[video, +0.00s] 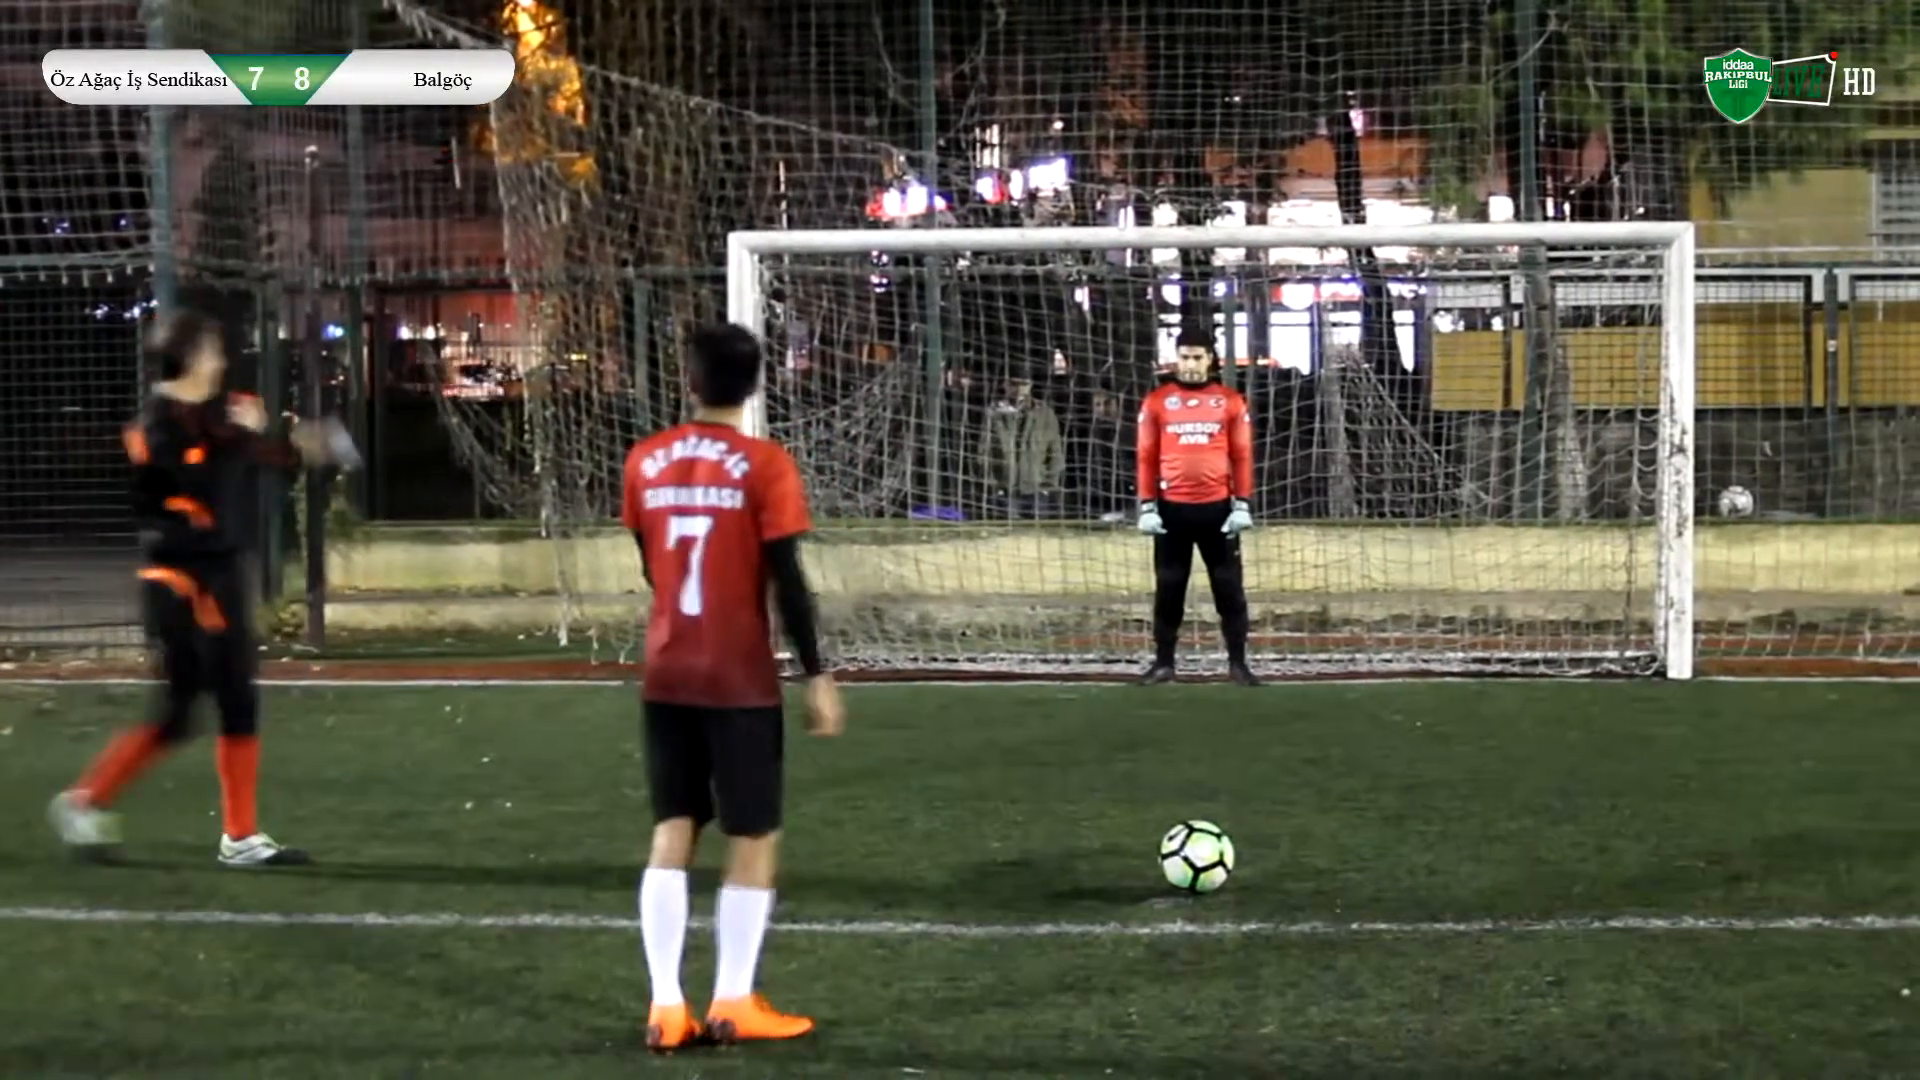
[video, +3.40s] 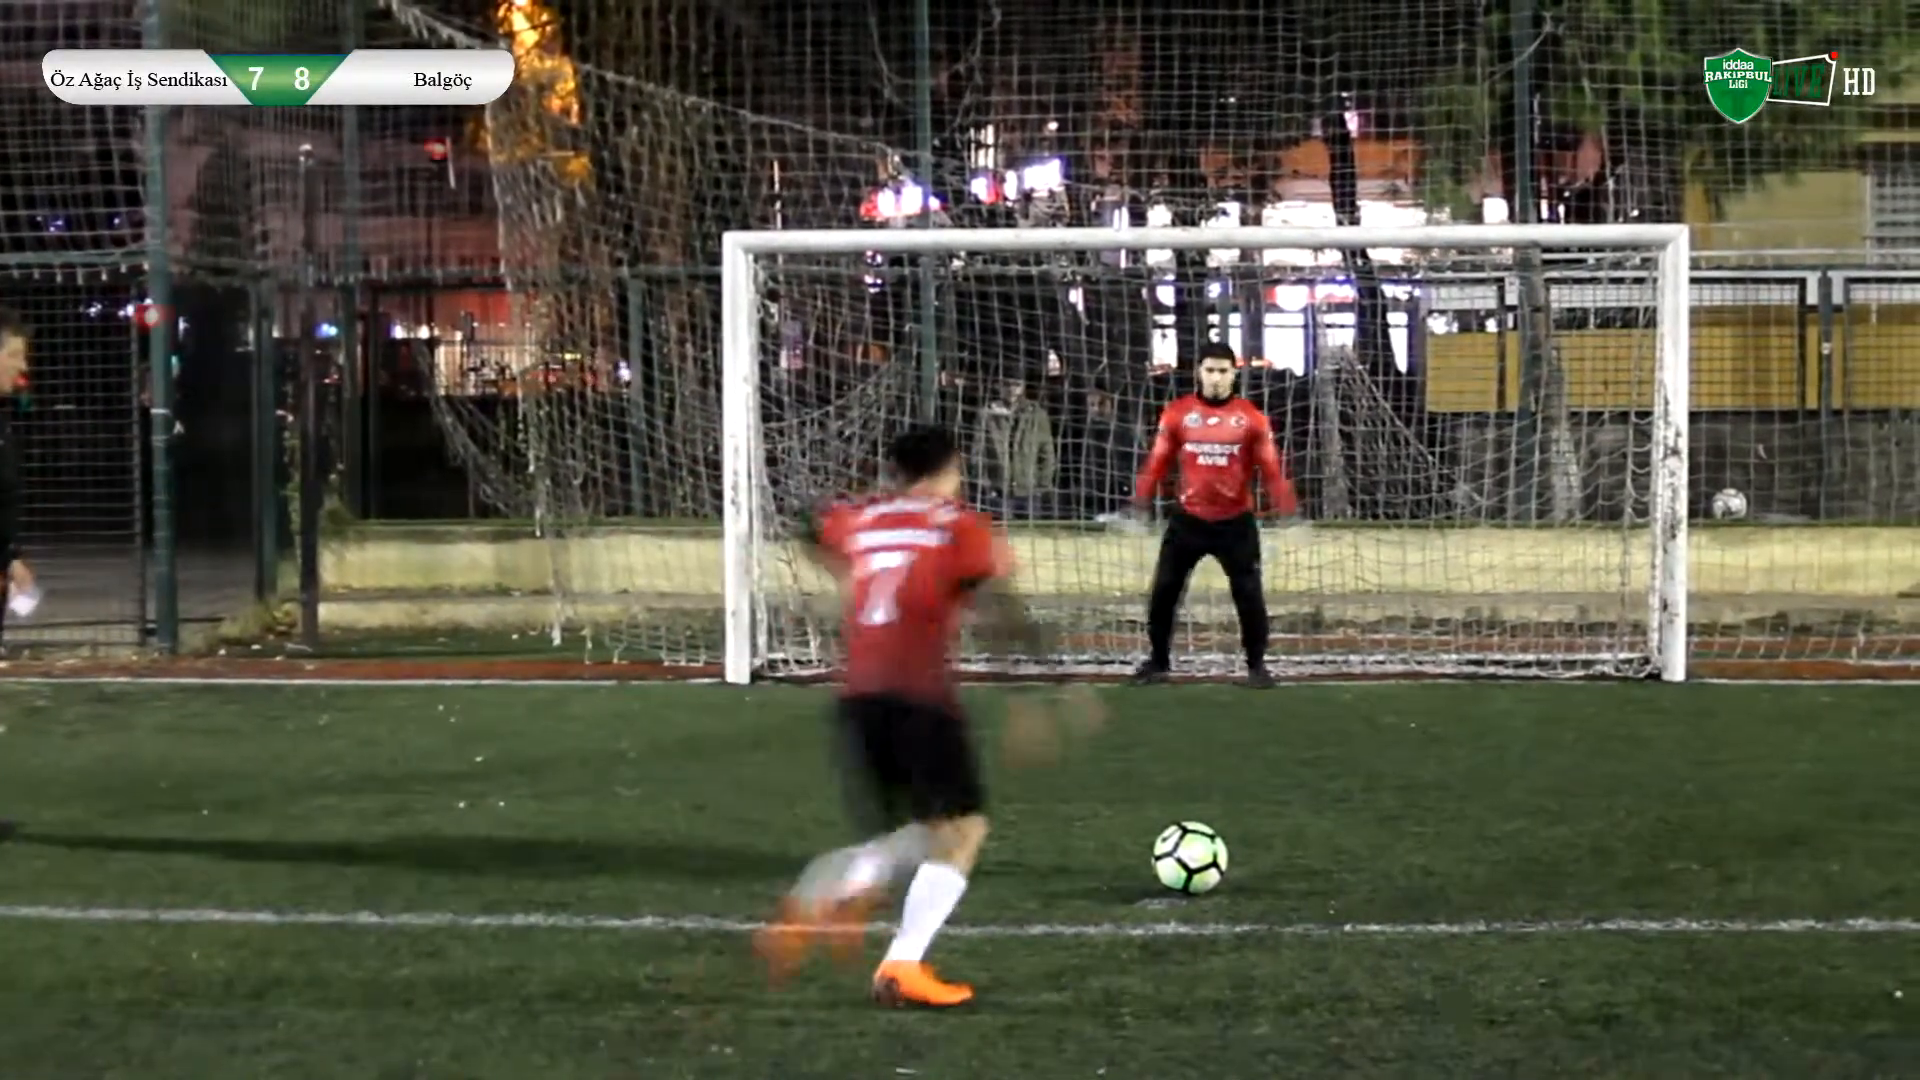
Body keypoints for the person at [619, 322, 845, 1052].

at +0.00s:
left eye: (699, 372)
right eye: (746, 378)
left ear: (691, 382)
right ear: (755, 385)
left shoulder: (643, 460)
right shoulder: (767, 463)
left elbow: (654, 568)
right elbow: (787, 576)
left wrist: (708, 614)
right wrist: (817, 671)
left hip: (665, 677)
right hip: (742, 680)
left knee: (673, 825)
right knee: (753, 835)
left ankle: (664, 1001)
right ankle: (734, 997)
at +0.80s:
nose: (729, 387)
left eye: (691, 372)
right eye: (738, 378)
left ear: (677, 380)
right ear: (741, 385)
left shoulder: (627, 459)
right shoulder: (747, 464)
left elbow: (617, 576)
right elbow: (752, 574)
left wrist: (611, 659)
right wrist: (776, 674)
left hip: (648, 677)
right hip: (727, 679)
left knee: (660, 828)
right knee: (751, 826)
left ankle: (663, 999)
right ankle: (764, 986)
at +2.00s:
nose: (799, 415)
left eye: (797, 403)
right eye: (798, 404)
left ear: (735, 396)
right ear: (785, 406)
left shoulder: (666, 462)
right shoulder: (781, 473)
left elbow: (641, 577)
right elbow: (772, 578)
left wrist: (693, 625)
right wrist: (788, 679)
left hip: (655, 670)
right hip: (732, 675)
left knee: (663, 828)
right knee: (757, 826)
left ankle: (663, 1002)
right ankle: (765, 987)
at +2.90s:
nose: (863, 462)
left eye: (861, 451)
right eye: (863, 451)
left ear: (802, 447)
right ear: (852, 450)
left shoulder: (747, 503)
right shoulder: (843, 500)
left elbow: (713, 604)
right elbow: (818, 573)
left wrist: (740, 667)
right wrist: (812, 677)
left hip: (720, 690)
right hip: (789, 689)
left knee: (699, 833)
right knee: (863, 792)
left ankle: (666, 999)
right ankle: (868, 953)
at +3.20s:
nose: (926, 490)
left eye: (923, 481)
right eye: (924, 480)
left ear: (866, 475)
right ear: (912, 478)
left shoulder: (819, 523)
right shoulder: (915, 528)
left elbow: (798, 614)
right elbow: (910, 602)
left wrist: (812, 667)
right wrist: (900, 672)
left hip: (802, 697)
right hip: (870, 698)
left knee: (784, 832)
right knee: (933, 814)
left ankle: (707, 961)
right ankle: (897, 963)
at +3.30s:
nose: (944, 489)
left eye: (942, 480)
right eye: (942, 480)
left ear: (883, 480)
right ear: (932, 481)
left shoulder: (850, 522)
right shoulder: (940, 526)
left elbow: (813, 567)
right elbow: (946, 593)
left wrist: (864, 606)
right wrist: (968, 686)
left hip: (830, 697)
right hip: (896, 698)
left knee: (834, 846)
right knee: (950, 822)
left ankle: (747, 934)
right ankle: (900, 965)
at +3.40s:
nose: (960, 480)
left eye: (958, 470)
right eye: (957, 470)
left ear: (899, 471)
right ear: (949, 472)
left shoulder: (860, 518)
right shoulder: (960, 525)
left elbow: (821, 538)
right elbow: (1006, 607)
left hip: (860, 695)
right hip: (919, 696)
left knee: (920, 827)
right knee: (964, 826)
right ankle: (905, 960)